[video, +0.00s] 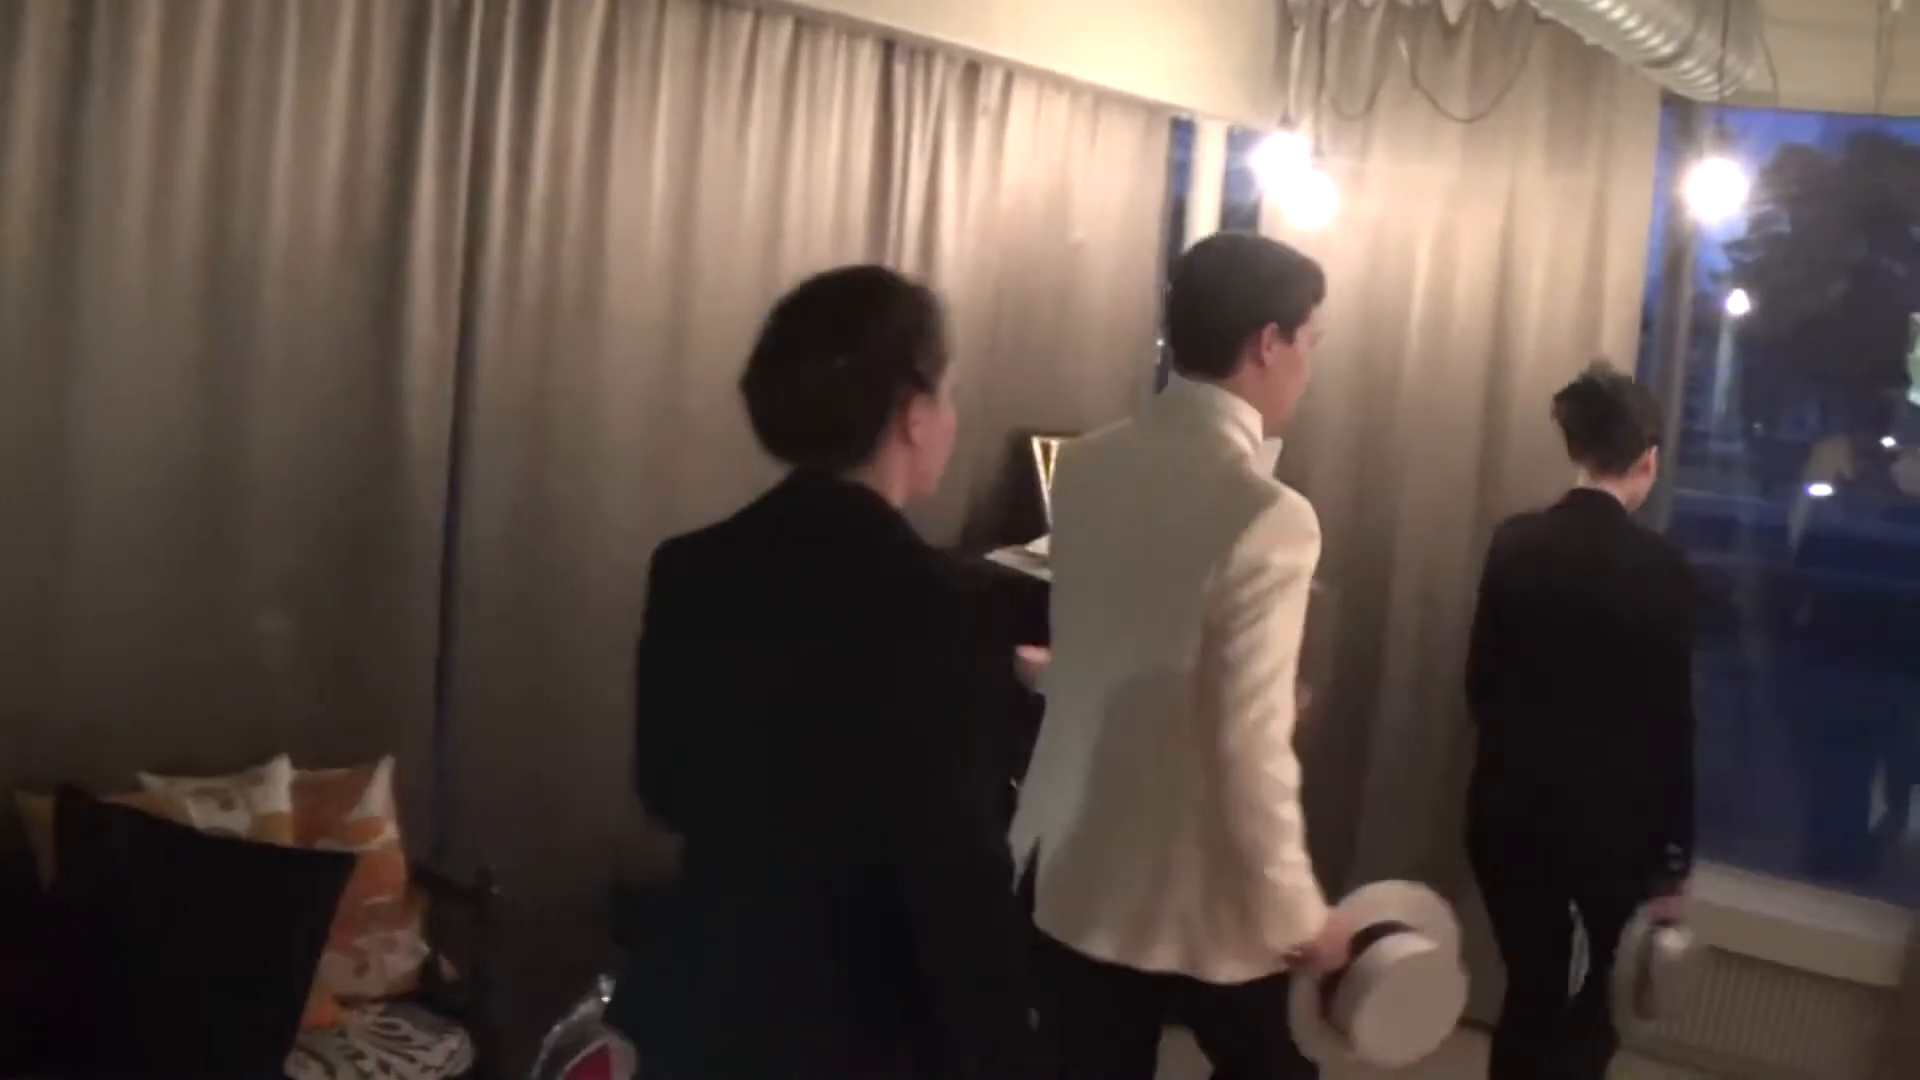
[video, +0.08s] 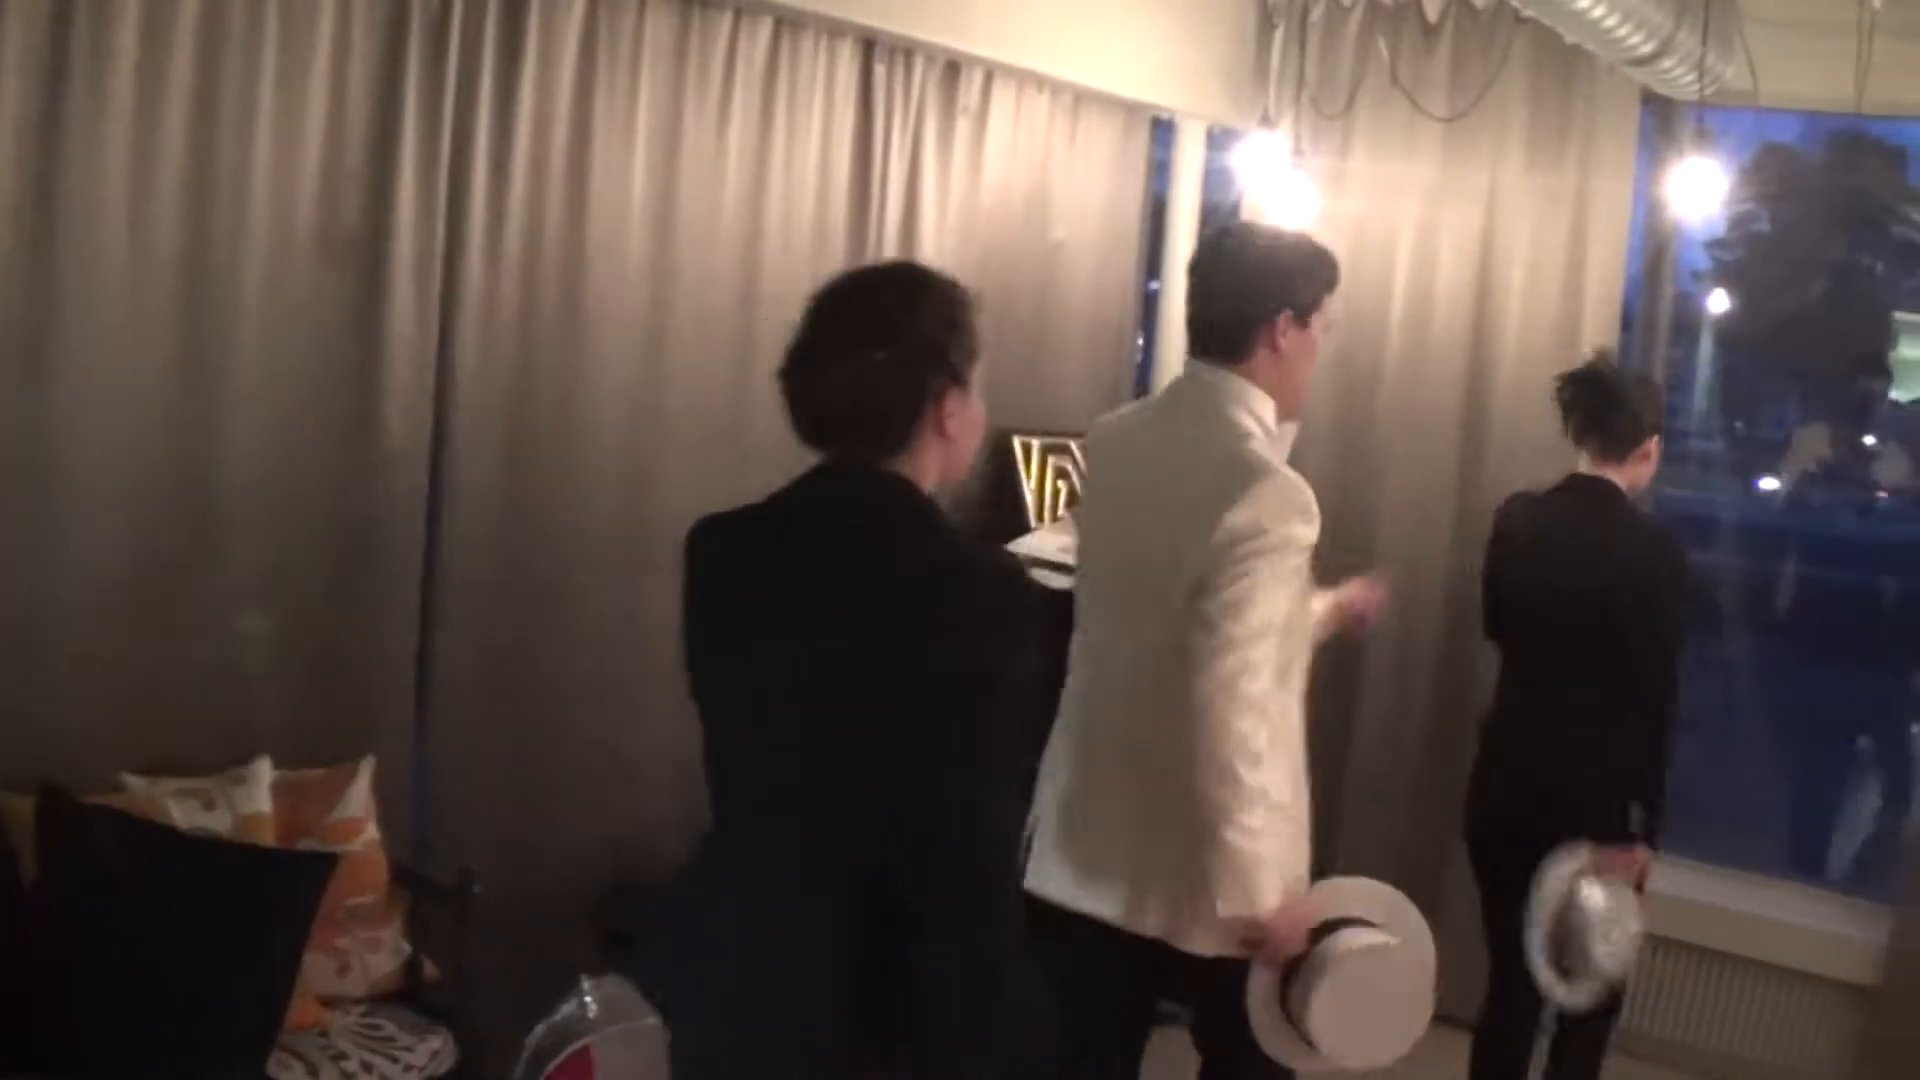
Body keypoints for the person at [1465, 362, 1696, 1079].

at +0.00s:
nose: (1657, 472)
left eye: (1650, 456)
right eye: (1657, 459)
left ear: (1573, 450)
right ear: (1646, 463)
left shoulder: (1516, 542)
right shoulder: (1658, 565)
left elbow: (1481, 684)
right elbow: (1673, 724)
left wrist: (1510, 762)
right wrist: (1673, 862)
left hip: (1511, 812)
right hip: (1613, 819)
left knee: (1530, 985)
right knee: (1606, 987)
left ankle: (1516, 1075)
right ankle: (1570, 1070)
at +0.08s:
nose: (1660, 457)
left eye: (1656, 441)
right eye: (1659, 444)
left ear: (1580, 434)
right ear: (1648, 449)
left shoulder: (1518, 519)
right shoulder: (1652, 549)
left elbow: (1496, 625)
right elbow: (1652, 697)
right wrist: (1642, 823)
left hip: (1504, 787)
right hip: (1598, 802)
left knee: (1508, 984)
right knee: (1589, 997)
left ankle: (1493, 1072)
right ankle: (1562, 1075)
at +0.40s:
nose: (1679, 465)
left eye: (1679, 451)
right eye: (1677, 451)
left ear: (1592, 450)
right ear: (1658, 458)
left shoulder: (1551, 523)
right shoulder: (1657, 545)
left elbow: (1529, 641)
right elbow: (1650, 688)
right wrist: (1643, 812)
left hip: (1540, 748)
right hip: (1611, 767)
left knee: (1523, 909)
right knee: (1591, 941)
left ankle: (1459, 1035)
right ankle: (1548, 1068)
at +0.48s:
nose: (1681, 466)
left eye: (1680, 452)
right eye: (1676, 453)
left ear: (1599, 454)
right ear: (1649, 459)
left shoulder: (1562, 525)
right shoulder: (1649, 543)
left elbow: (1535, 647)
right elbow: (1663, 686)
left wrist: (1545, 743)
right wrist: (1675, 806)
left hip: (1558, 747)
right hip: (1624, 761)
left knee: (1562, 898)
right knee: (1586, 933)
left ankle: (1464, 996)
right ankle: (1541, 1064)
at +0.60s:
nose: (1685, 442)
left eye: (1685, 426)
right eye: (1678, 426)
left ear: (1627, 428)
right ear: (1638, 428)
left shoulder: (1573, 498)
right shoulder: (1632, 511)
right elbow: (1673, 617)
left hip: (1544, 716)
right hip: (1590, 726)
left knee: (1596, 867)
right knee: (1592, 874)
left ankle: (1499, 1014)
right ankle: (1511, 1048)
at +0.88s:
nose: (1627, 434)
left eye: (1631, 419)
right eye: (1612, 418)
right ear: (1562, 417)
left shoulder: (1569, 497)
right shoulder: (1546, 507)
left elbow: (1565, 634)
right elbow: (1571, 667)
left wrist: (1627, 637)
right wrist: (1649, 666)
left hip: (1546, 721)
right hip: (1534, 731)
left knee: (1542, 893)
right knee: (1562, 906)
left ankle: (1473, 1024)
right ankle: (1447, 1032)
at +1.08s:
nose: (1587, 415)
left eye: (1592, 400)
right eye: (1572, 397)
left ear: (1590, 404)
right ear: (1522, 397)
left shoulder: (1566, 486)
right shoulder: (1489, 486)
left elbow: (1579, 590)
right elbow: (1505, 604)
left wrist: (1665, 613)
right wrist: (1585, 649)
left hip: (1530, 706)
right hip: (1475, 709)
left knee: (1492, 881)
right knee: (1491, 893)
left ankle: (1444, 1005)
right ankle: (1408, 1058)